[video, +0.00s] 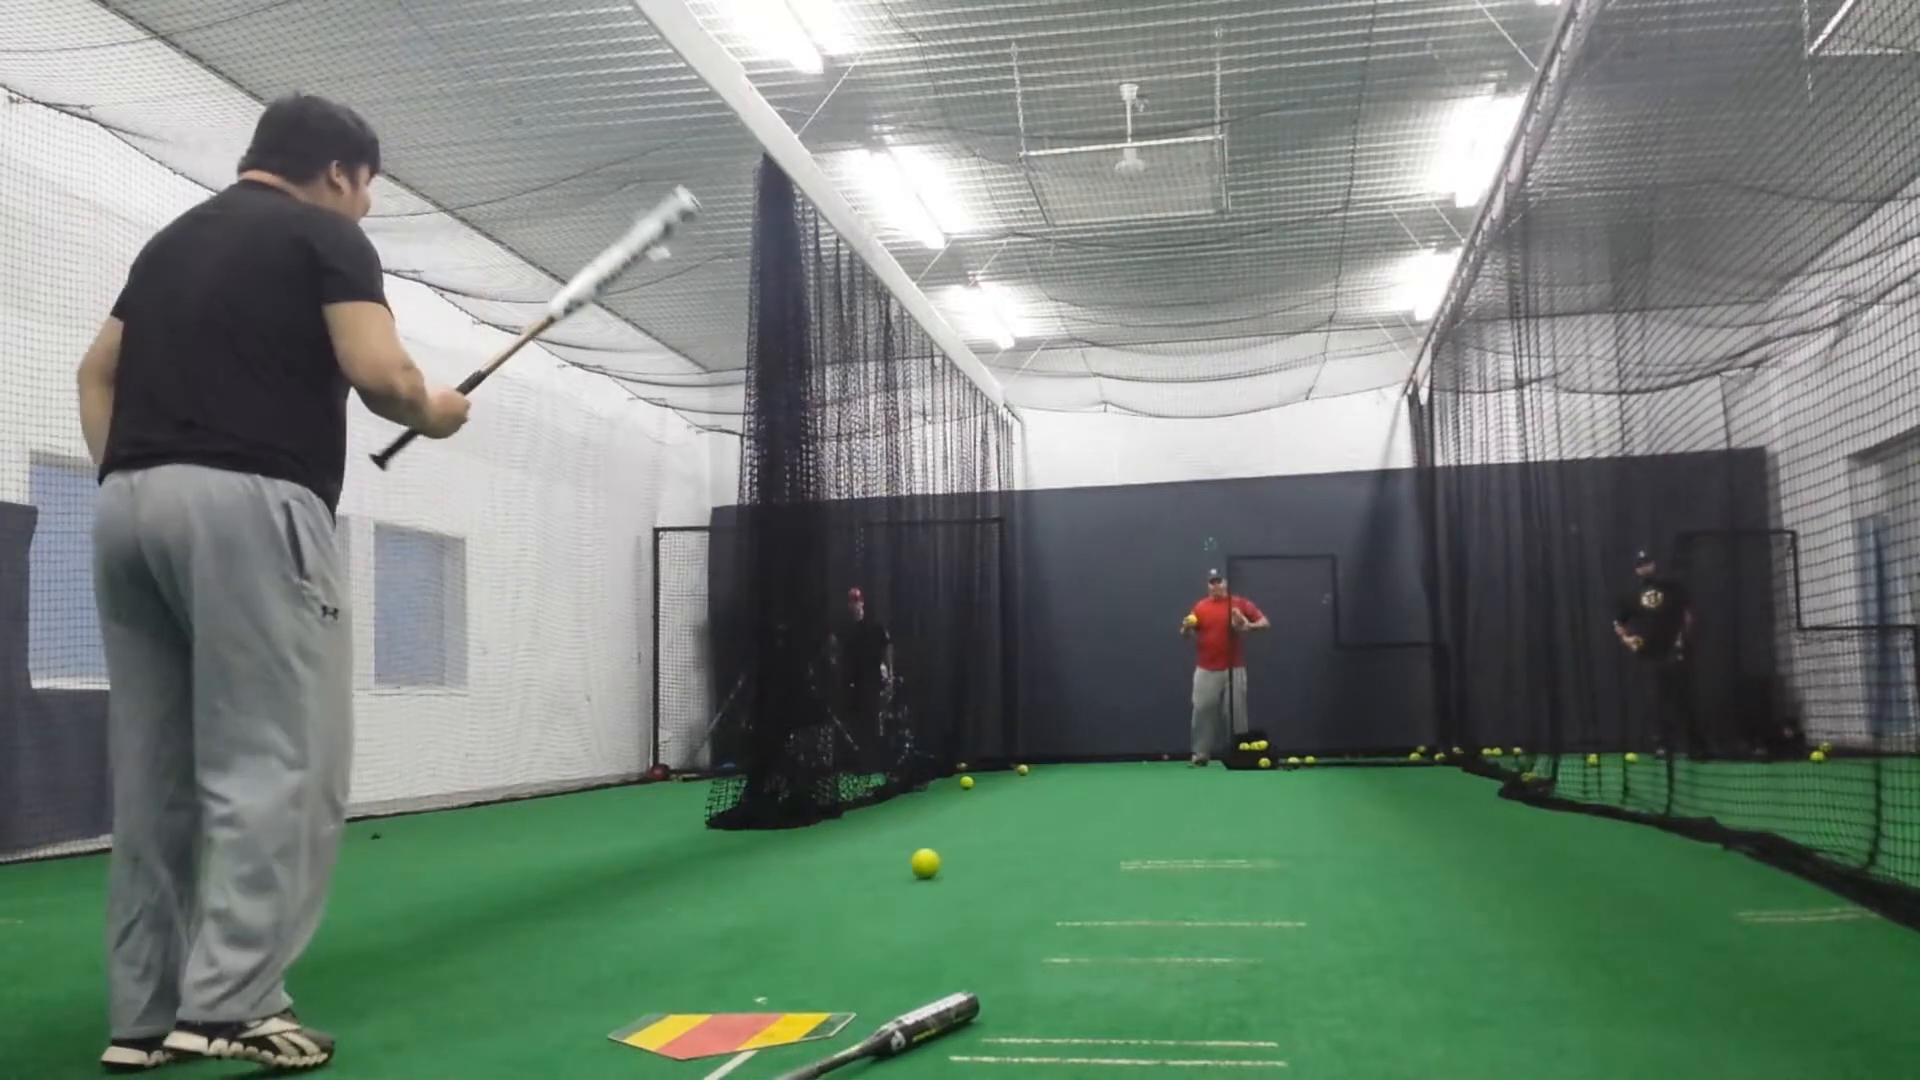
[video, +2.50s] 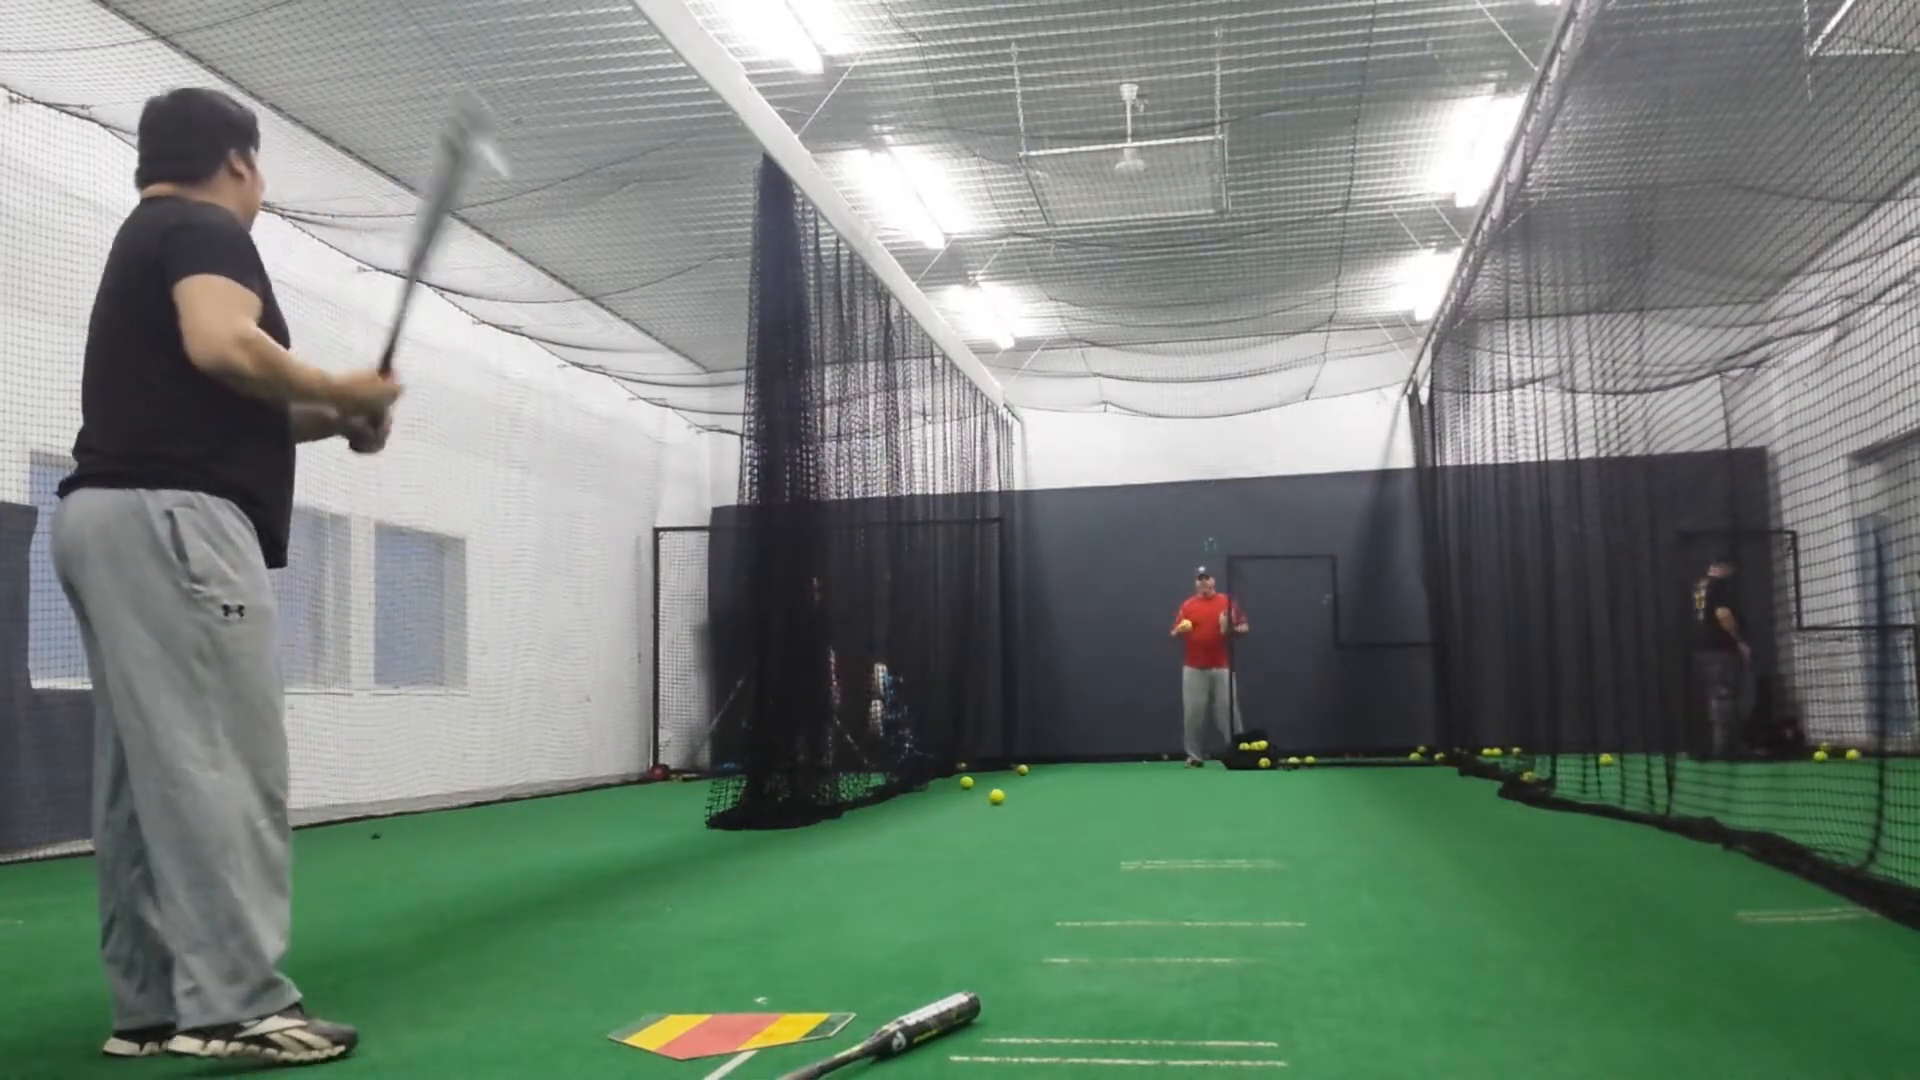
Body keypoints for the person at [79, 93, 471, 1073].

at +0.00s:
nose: (369, 208)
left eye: (371, 193)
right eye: (368, 190)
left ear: (256, 166)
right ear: (336, 173)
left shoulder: (171, 239)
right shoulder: (327, 232)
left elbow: (99, 369)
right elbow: (376, 374)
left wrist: (124, 479)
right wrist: (430, 407)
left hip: (130, 501)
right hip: (248, 501)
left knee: (153, 765)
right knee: (270, 761)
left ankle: (144, 1016)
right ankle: (230, 1006)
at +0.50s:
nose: (393, 214)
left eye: (399, 197)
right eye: (391, 192)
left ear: (307, 168)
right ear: (346, 167)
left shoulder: (221, 227)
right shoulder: (331, 231)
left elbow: (264, 379)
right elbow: (388, 384)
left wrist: (388, 416)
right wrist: (440, 379)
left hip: (134, 497)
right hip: (238, 507)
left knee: (156, 767)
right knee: (257, 765)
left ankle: (150, 1009)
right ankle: (245, 1015)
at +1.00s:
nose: (404, 212)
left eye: (413, 195)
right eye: (401, 186)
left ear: (339, 161)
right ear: (347, 153)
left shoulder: (284, 225)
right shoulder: (294, 218)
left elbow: (333, 395)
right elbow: (357, 367)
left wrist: (444, 407)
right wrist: (462, 350)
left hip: (219, 515)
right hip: (228, 519)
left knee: (239, 756)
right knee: (249, 773)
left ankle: (163, 942)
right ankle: (242, 1025)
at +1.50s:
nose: (400, 198)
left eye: (403, 179)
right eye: (401, 176)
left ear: (299, 152)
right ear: (371, 162)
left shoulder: (222, 223)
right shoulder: (347, 255)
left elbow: (249, 383)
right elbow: (377, 418)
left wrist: (396, 428)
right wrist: (450, 442)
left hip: (130, 504)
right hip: (230, 517)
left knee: (147, 767)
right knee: (247, 769)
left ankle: (151, 1003)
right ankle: (243, 1021)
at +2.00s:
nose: (327, 188)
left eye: (325, 170)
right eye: (325, 169)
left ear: (219, 163)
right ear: (298, 163)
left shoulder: (176, 243)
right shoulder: (297, 259)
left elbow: (203, 406)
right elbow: (348, 430)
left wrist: (302, 504)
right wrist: (364, 537)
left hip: (101, 513)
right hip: (196, 516)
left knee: (133, 768)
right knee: (237, 765)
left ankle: (150, 1007)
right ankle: (247, 1011)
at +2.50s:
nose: (262, 185)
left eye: (258, 168)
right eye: (258, 167)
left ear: (162, 165)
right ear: (233, 160)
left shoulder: (146, 237)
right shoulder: (204, 226)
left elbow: (217, 418)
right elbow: (217, 343)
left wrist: (333, 418)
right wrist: (341, 387)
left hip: (106, 516)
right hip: (167, 518)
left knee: (142, 769)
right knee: (220, 758)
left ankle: (153, 1009)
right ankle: (237, 1004)